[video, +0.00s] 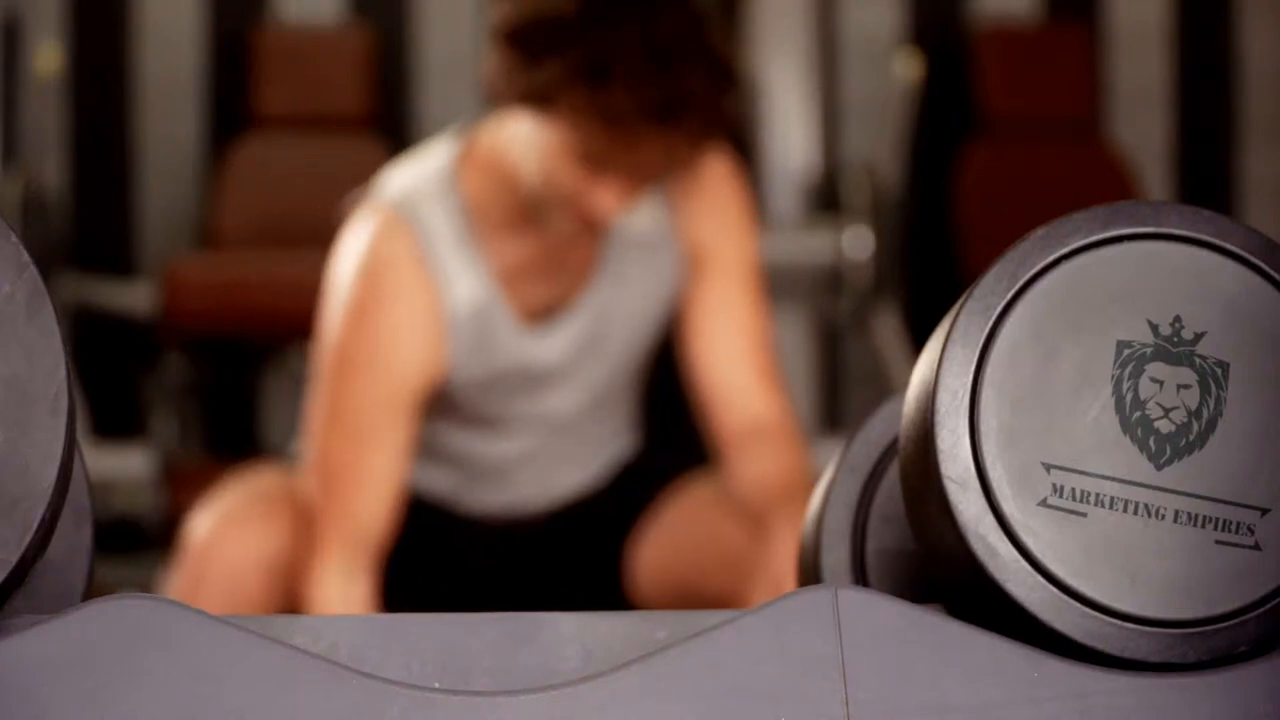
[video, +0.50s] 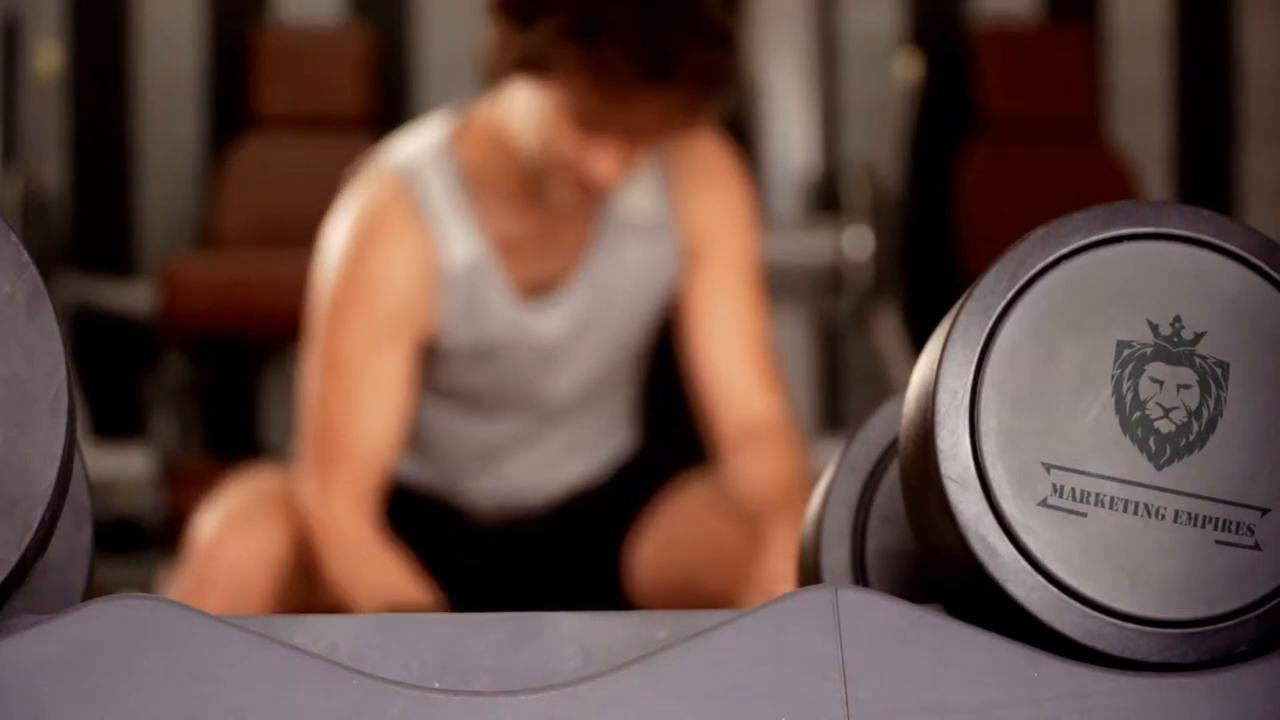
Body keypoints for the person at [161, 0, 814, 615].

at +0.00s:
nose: (614, 205)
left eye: (647, 175)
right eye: (593, 163)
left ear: (682, 146)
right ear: (529, 102)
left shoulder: (696, 179)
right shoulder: (397, 242)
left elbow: (755, 430)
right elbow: (345, 556)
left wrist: (805, 577)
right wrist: (351, 719)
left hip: (602, 522)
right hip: (417, 531)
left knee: (792, 543)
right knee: (234, 532)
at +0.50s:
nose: (611, 168)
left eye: (645, 137)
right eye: (591, 127)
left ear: (676, 110)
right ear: (524, 67)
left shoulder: (696, 170)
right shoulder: (393, 210)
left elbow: (753, 428)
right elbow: (337, 510)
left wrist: (790, 570)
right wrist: (457, 668)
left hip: (601, 521)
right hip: (418, 529)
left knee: (792, 540)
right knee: (241, 526)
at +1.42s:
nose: (569, 155)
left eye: (601, 122)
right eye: (543, 115)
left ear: (632, 101)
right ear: (472, 67)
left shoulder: (660, 171)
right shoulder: (312, 220)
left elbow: (748, 425)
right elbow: (351, 511)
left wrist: (785, 593)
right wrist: (499, 430)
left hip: (593, 523)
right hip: (398, 539)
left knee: (784, 541)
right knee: (249, 533)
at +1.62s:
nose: (573, 159)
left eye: (603, 124)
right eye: (547, 118)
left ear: (635, 102)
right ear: (474, 77)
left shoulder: (662, 172)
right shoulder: (315, 222)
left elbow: (748, 427)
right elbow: (356, 518)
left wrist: (784, 589)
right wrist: (502, 414)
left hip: (600, 522)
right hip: (401, 537)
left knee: (787, 541)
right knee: (248, 535)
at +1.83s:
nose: (578, 143)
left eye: (609, 109)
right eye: (554, 101)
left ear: (642, 87)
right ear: (487, 52)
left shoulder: (671, 168)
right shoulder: (330, 212)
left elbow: (747, 419)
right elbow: (343, 498)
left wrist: (787, 586)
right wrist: (498, 465)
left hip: (599, 522)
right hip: (401, 530)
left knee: (776, 540)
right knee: (246, 537)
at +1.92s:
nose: (581, 138)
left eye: (612, 105)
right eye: (557, 98)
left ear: (648, 83)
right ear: (490, 47)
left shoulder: (675, 167)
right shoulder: (337, 211)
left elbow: (748, 419)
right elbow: (347, 504)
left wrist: (782, 575)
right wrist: (539, 479)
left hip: (594, 525)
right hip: (400, 536)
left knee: (795, 533)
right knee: (244, 530)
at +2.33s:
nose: (588, 146)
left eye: (621, 115)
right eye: (564, 105)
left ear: (662, 94)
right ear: (502, 53)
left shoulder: (692, 172)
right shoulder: (372, 224)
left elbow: (752, 428)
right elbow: (346, 529)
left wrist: (772, 580)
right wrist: (415, 700)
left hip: (600, 523)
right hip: (416, 530)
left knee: (786, 534)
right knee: (242, 531)